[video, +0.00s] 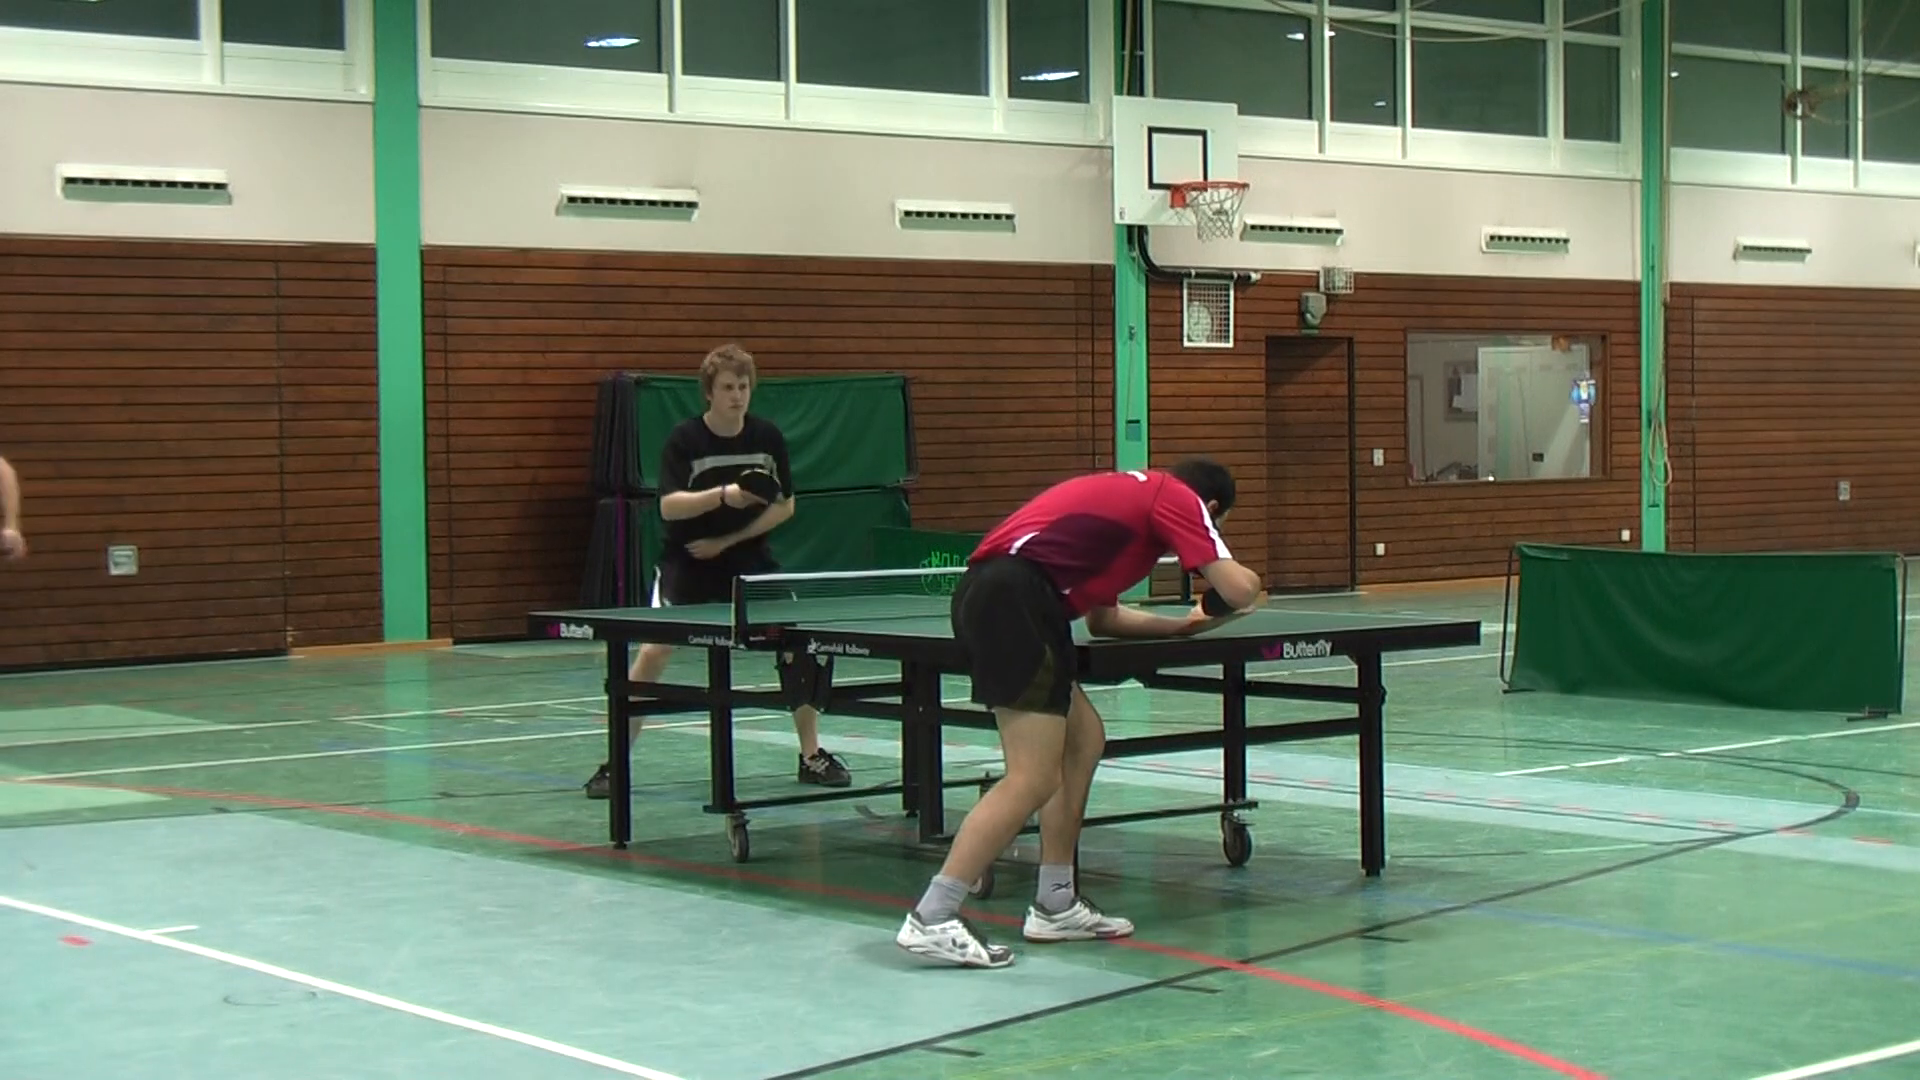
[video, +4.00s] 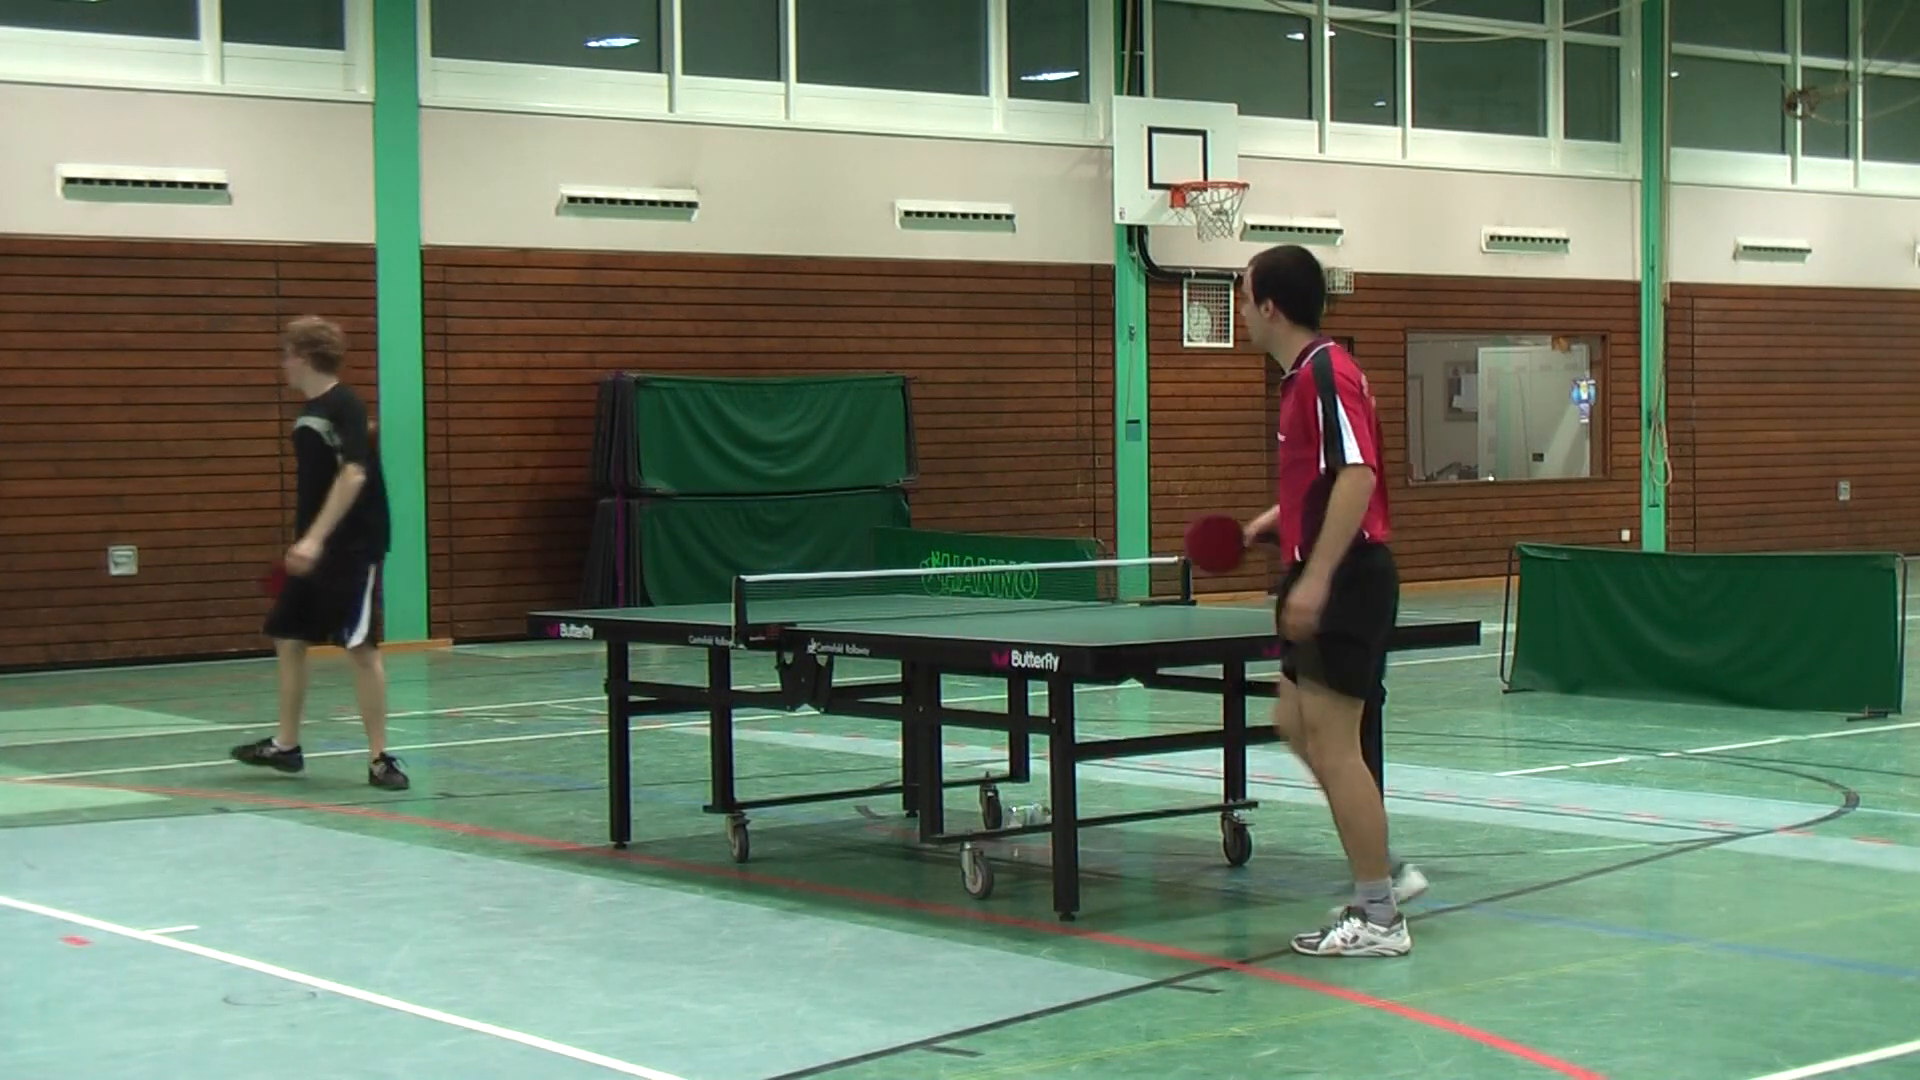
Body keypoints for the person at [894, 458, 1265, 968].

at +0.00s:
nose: (1212, 526)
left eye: (1215, 521)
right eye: (1217, 516)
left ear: (1171, 477)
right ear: (1205, 501)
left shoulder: (1116, 503)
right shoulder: (1173, 494)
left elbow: (1103, 618)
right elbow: (1238, 589)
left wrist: (1186, 624)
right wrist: (1250, 592)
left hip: (991, 593)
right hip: (1013, 594)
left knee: (1085, 737)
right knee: (1033, 777)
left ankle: (1055, 905)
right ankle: (930, 918)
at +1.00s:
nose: (1175, 434)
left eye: (1175, 425)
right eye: (1175, 424)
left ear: (1123, 401)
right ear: (1160, 414)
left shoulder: (1060, 426)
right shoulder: (1146, 436)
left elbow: (1070, 535)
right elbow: (1242, 508)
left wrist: (1151, 529)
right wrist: (1219, 538)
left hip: (976, 585)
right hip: (1016, 591)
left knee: (1065, 736)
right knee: (1003, 773)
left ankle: (1053, 904)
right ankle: (907, 914)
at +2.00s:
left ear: (1262, 375)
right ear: (1322, 378)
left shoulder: (1213, 434)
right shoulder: (1352, 438)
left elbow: (1171, 533)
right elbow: (1387, 532)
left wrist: (1164, 635)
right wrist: (1348, 571)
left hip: (1219, 630)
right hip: (1309, 632)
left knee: (1144, 773)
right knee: (1392, 758)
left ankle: (1063, 912)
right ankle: (1434, 922)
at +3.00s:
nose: (1205, 389)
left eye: (1208, 379)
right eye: (1209, 380)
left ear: (1222, 380)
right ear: (1262, 385)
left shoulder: (1236, 411)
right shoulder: (1253, 436)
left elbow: (1287, 454)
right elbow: (1200, 549)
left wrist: (1318, 526)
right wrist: (1108, 557)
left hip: (1256, 616)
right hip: (1317, 615)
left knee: (1155, 764)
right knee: (1350, 760)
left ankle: (1124, 928)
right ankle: (1460, 877)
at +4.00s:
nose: (1239, 313)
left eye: (1243, 300)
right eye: (1241, 300)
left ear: (1268, 305)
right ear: (1293, 305)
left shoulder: (1326, 369)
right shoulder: (1303, 374)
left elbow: (1359, 474)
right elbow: (1318, 477)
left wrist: (1316, 576)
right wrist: (1259, 526)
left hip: (1349, 573)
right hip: (1325, 569)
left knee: (1335, 740)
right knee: (1294, 723)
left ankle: (1378, 916)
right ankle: (1384, 868)